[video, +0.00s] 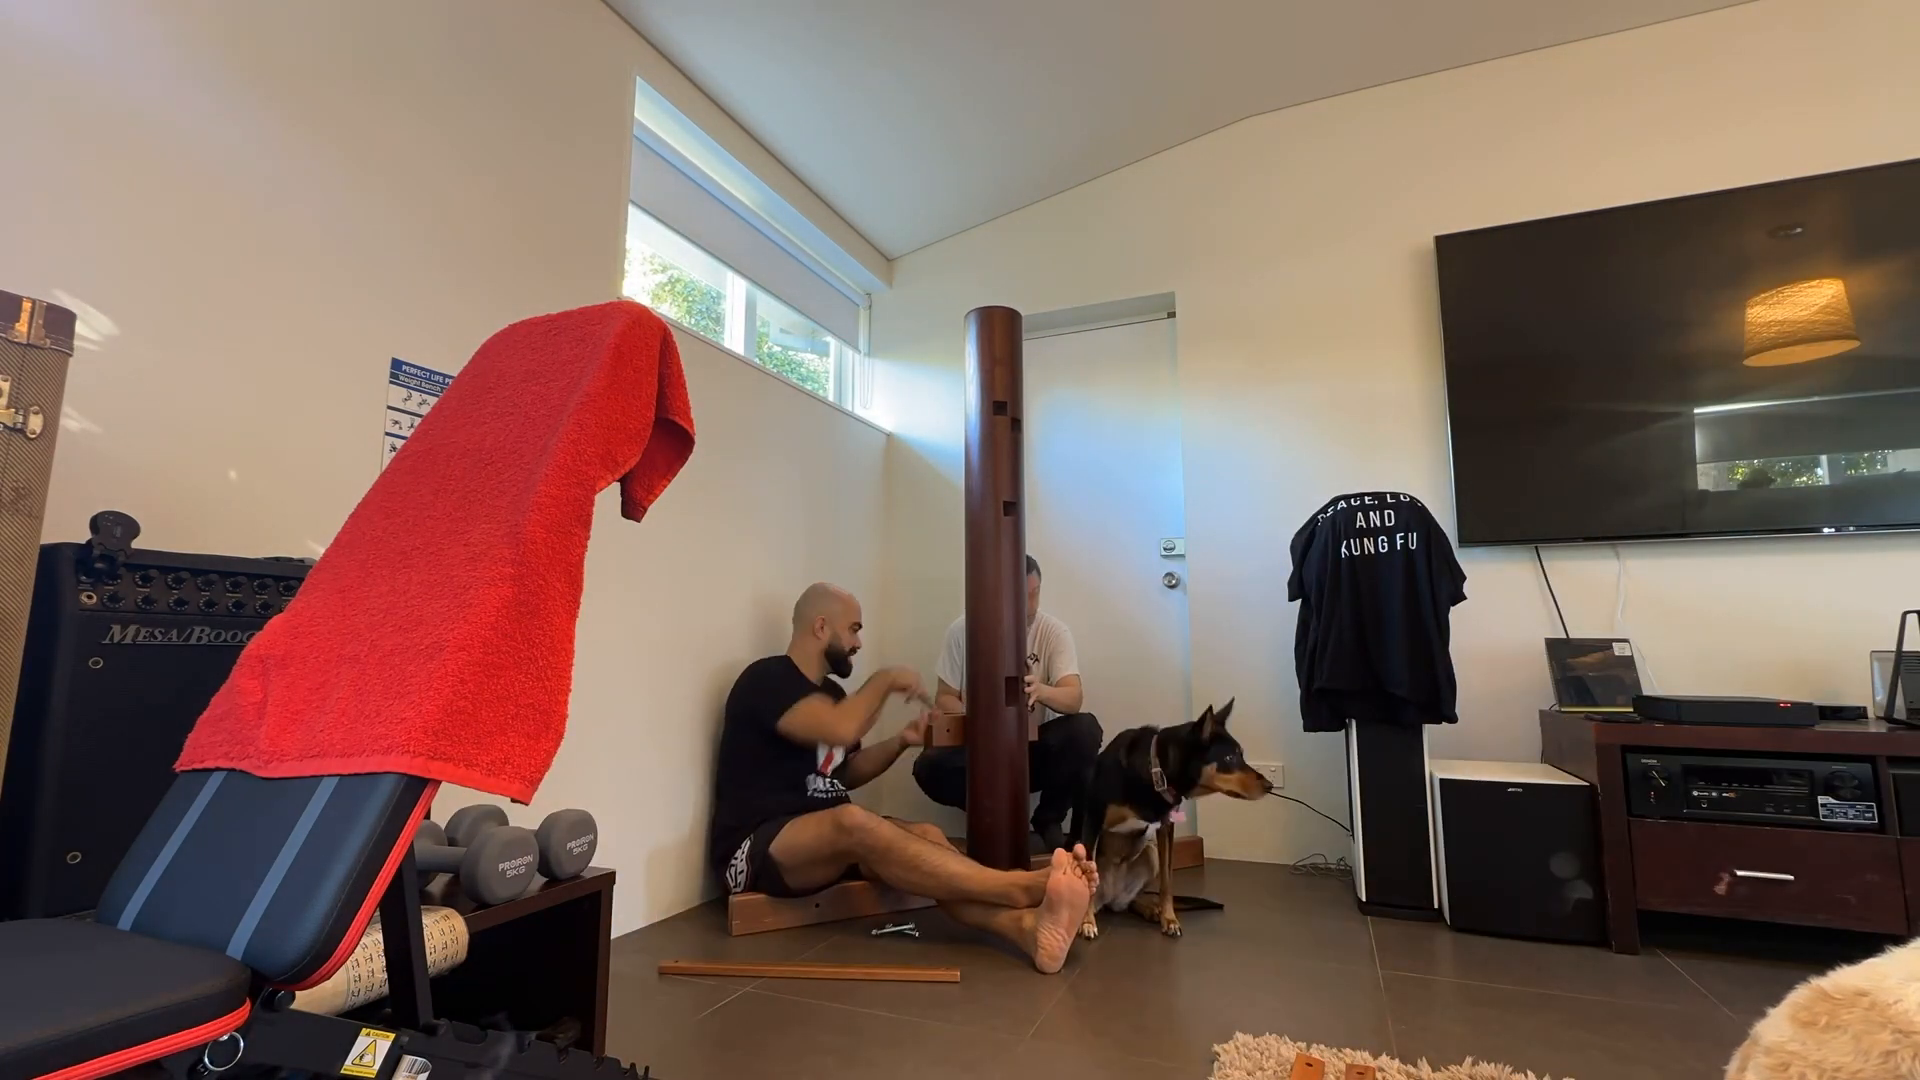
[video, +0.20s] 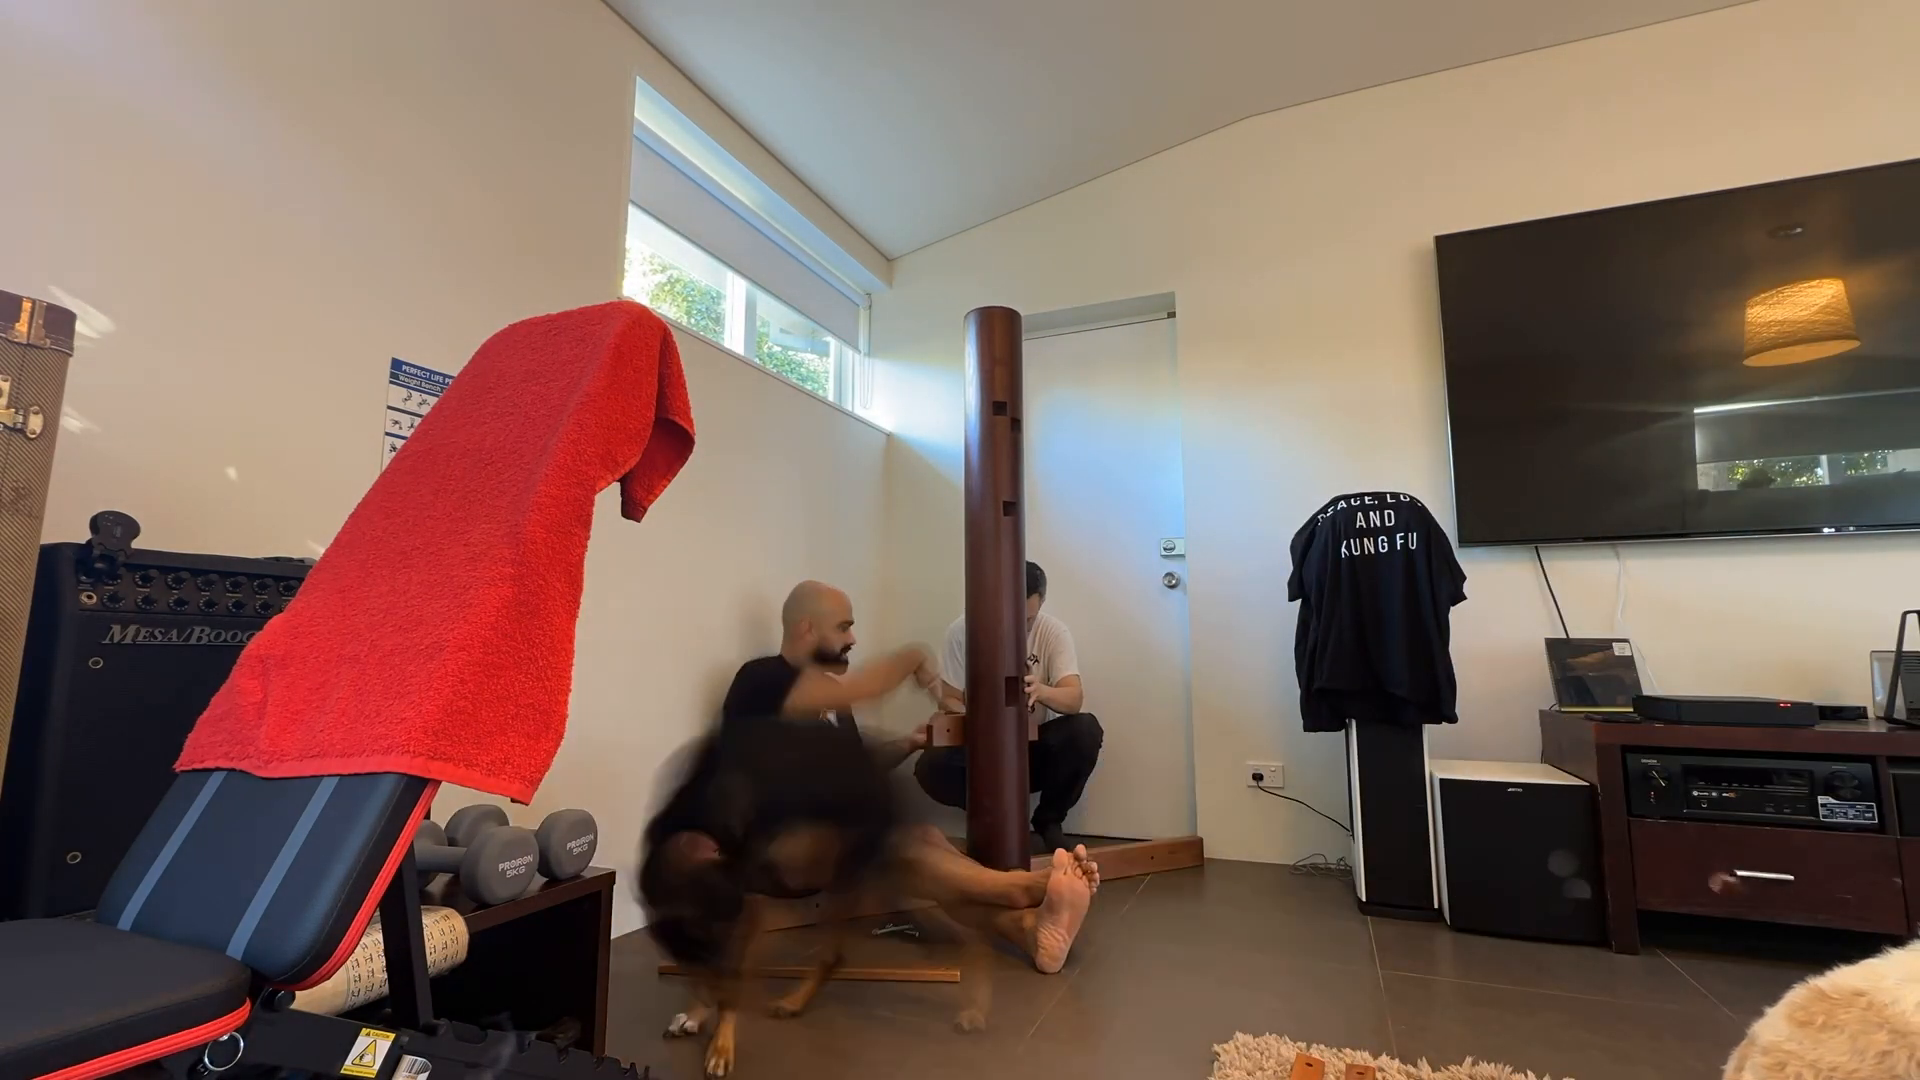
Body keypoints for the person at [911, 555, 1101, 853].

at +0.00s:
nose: (1023, 605)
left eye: (1030, 595)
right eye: (1016, 595)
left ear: (1039, 592)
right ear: (997, 592)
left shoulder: (1052, 632)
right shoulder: (963, 632)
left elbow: (1072, 699)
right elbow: (945, 698)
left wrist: (1042, 691)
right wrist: (976, 716)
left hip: (1033, 748)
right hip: (980, 750)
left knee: (1083, 728)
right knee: (930, 766)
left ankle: (1049, 819)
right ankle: (998, 817)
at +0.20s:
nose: (1021, 625)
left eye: (1028, 617)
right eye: (1013, 616)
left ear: (1040, 602)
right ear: (994, 603)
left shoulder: (1052, 632)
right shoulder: (963, 632)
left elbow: (1073, 700)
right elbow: (950, 698)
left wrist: (1041, 691)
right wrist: (982, 712)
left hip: (1033, 750)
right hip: (979, 752)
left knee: (1084, 729)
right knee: (932, 766)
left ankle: (1049, 820)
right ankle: (997, 815)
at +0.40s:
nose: (1021, 626)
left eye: (1029, 618)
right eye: (1013, 617)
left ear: (1042, 602)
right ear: (994, 605)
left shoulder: (1053, 633)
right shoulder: (964, 631)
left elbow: (1073, 701)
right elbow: (952, 698)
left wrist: (1041, 691)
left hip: (1032, 750)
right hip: (979, 753)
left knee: (1084, 729)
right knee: (933, 766)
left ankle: (1049, 821)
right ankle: (998, 816)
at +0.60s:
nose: (1013, 608)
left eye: (1020, 599)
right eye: (1003, 599)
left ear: (1031, 597)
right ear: (987, 598)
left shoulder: (1052, 633)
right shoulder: (963, 637)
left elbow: (1073, 701)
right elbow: (955, 716)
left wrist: (1041, 691)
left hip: (1033, 752)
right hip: (980, 756)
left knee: (1083, 729)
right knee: (943, 776)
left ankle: (1049, 820)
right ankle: (1000, 819)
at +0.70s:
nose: (1013, 608)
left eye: (1020, 598)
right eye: (1004, 599)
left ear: (1032, 597)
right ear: (988, 597)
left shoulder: (1052, 632)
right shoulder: (964, 634)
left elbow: (1073, 701)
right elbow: (951, 714)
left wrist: (1042, 691)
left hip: (1033, 751)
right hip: (981, 755)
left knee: (1083, 729)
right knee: (945, 777)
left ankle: (1049, 819)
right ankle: (1002, 820)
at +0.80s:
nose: (1011, 608)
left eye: (1019, 599)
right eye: (1002, 599)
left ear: (1032, 598)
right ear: (988, 598)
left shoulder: (1053, 633)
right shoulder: (964, 635)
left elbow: (1073, 701)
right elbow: (957, 705)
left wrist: (1041, 691)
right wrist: (1001, 702)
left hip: (1033, 751)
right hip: (981, 754)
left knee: (1084, 729)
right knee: (938, 764)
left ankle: (1050, 820)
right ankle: (999, 817)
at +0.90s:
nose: (1012, 611)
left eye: (1019, 602)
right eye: (1003, 601)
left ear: (1033, 599)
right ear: (989, 598)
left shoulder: (1053, 633)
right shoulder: (964, 635)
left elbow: (1073, 700)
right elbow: (955, 706)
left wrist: (1041, 691)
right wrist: (1002, 704)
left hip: (1034, 751)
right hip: (981, 753)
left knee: (1084, 729)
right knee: (936, 765)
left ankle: (1050, 820)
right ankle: (998, 815)